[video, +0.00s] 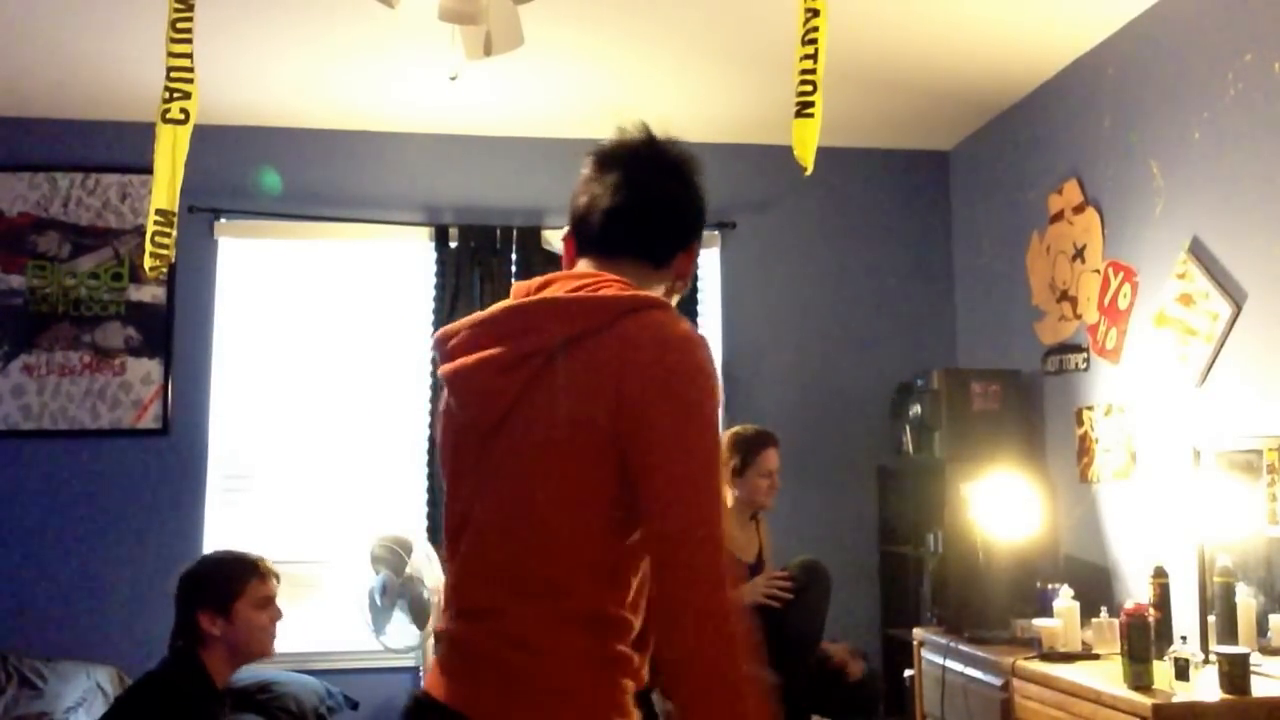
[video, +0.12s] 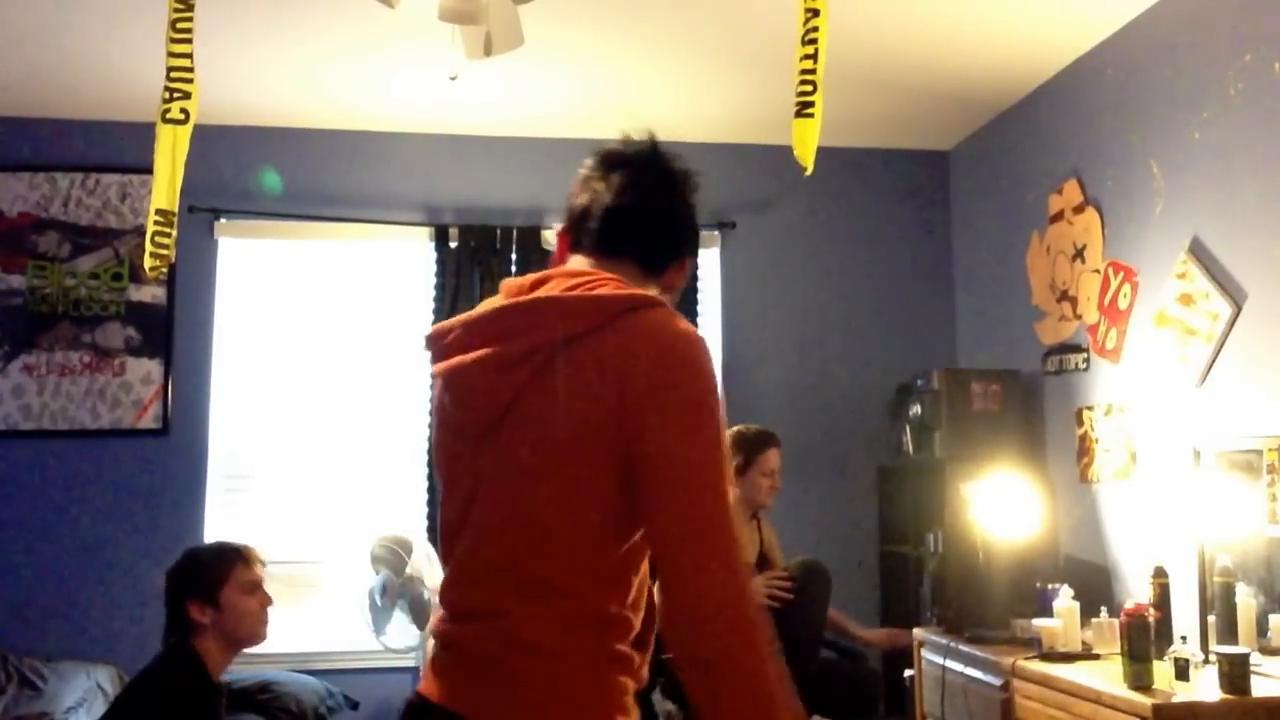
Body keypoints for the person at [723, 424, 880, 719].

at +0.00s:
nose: (775, 485)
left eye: (776, 475)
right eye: (765, 476)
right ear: (734, 476)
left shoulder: (757, 525)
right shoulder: (713, 529)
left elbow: (768, 610)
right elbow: (697, 607)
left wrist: (822, 649)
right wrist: (742, 595)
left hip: (755, 647)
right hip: (721, 652)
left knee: (861, 687)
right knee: (810, 574)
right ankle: (794, 706)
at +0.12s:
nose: (776, 485)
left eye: (777, 475)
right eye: (767, 475)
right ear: (735, 475)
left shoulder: (761, 527)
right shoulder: (713, 527)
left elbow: (793, 598)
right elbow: (699, 596)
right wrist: (743, 593)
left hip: (765, 634)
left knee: (862, 675)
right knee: (810, 574)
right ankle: (791, 697)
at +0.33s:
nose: (778, 485)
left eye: (779, 476)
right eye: (769, 476)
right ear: (732, 475)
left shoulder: (765, 531)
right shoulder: (699, 528)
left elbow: (819, 591)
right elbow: (663, 612)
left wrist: (891, 632)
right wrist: (738, 597)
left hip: (749, 645)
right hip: (700, 653)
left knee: (860, 677)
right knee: (812, 574)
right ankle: (796, 702)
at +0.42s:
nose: (778, 487)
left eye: (780, 478)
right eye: (770, 477)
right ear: (733, 474)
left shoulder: (767, 532)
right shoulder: (703, 526)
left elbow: (821, 592)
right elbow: (683, 610)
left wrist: (893, 634)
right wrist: (740, 596)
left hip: (762, 645)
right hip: (721, 654)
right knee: (813, 574)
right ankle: (795, 706)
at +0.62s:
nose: (779, 491)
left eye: (783, 481)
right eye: (769, 480)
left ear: (785, 480)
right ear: (737, 475)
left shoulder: (773, 537)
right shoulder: (705, 530)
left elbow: (825, 597)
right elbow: (668, 613)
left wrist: (896, 638)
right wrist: (753, 583)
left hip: (761, 644)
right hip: (710, 649)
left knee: (815, 575)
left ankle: (797, 680)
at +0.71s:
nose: (777, 491)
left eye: (781, 482)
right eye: (768, 481)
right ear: (736, 474)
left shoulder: (769, 531)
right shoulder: (705, 522)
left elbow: (822, 593)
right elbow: (702, 609)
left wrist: (895, 638)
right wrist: (753, 581)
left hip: (766, 640)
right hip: (726, 650)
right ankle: (788, 708)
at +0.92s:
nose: (775, 490)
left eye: (780, 481)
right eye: (766, 480)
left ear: (784, 479)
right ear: (734, 473)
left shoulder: (771, 529)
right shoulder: (705, 521)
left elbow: (820, 591)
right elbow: (703, 610)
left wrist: (896, 639)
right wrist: (758, 578)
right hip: (723, 655)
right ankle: (786, 706)